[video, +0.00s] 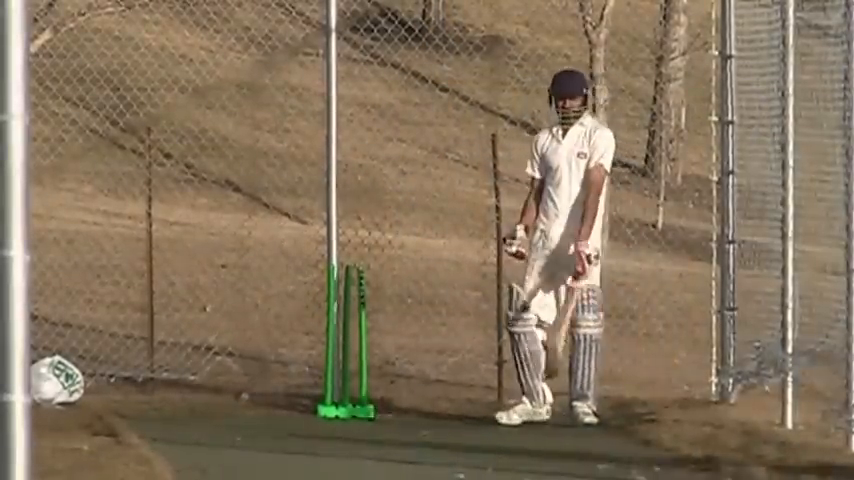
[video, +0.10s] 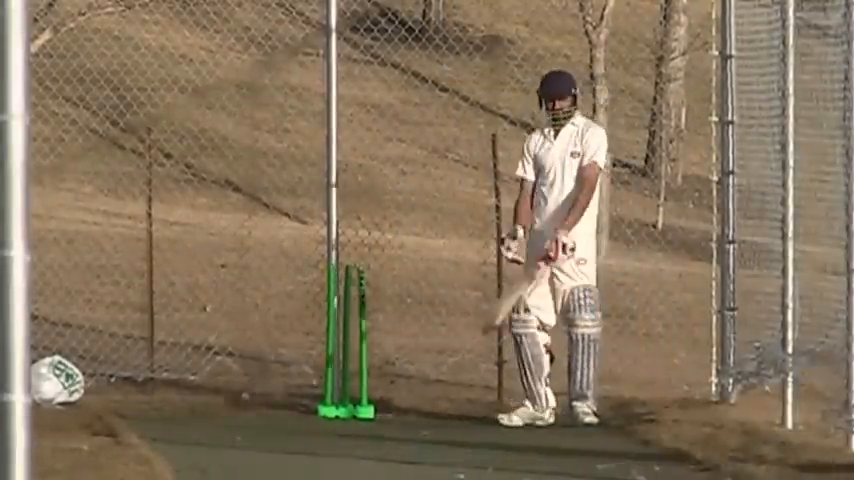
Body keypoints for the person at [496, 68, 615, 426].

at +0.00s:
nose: (567, 105)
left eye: (574, 99)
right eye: (560, 99)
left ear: (586, 100)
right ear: (552, 102)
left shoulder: (599, 137)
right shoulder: (543, 141)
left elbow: (594, 190)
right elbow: (536, 193)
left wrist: (583, 240)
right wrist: (521, 231)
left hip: (583, 247)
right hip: (544, 247)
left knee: (586, 323)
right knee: (523, 320)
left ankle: (583, 402)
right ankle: (535, 399)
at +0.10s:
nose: (558, 107)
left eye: (564, 100)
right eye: (550, 101)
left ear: (576, 99)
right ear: (542, 103)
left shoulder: (591, 135)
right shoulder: (535, 142)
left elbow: (587, 186)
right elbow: (527, 194)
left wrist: (564, 231)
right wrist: (519, 234)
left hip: (577, 247)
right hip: (537, 247)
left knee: (582, 320)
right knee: (525, 320)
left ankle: (582, 402)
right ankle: (539, 404)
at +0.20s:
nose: (544, 109)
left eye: (549, 102)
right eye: (536, 104)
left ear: (560, 99)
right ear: (528, 106)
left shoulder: (580, 134)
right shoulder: (524, 143)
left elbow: (579, 187)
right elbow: (517, 193)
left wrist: (548, 223)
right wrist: (513, 234)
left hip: (569, 246)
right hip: (530, 246)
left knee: (577, 319)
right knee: (526, 321)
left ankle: (581, 401)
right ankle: (539, 403)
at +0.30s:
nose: (526, 112)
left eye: (530, 104)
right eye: (519, 107)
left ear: (544, 98)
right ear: (513, 109)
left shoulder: (568, 131)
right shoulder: (511, 143)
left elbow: (569, 185)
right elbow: (508, 192)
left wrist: (536, 222)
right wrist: (508, 227)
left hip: (559, 246)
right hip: (523, 247)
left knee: (570, 321)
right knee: (523, 324)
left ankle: (579, 401)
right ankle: (538, 404)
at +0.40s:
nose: (507, 115)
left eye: (511, 107)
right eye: (501, 111)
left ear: (524, 101)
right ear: (497, 113)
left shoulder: (555, 131)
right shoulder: (502, 144)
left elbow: (558, 188)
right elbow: (501, 197)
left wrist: (526, 228)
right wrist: (501, 231)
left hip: (551, 243)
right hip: (518, 245)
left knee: (554, 318)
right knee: (521, 322)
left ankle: (565, 396)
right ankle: (537, 399)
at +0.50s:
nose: (488, 126)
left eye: (490, 117)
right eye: (483, 121)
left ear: (503, 108)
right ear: (484, 120)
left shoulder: (539, 130)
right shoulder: (495, 149)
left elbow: (550, 187)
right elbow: (496, 201)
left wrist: (525, 231)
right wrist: (499, 238)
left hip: (544, 238)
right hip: (515, 242)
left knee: (535, 314)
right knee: (515, 319)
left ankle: (541, 399)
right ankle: (536, 396)